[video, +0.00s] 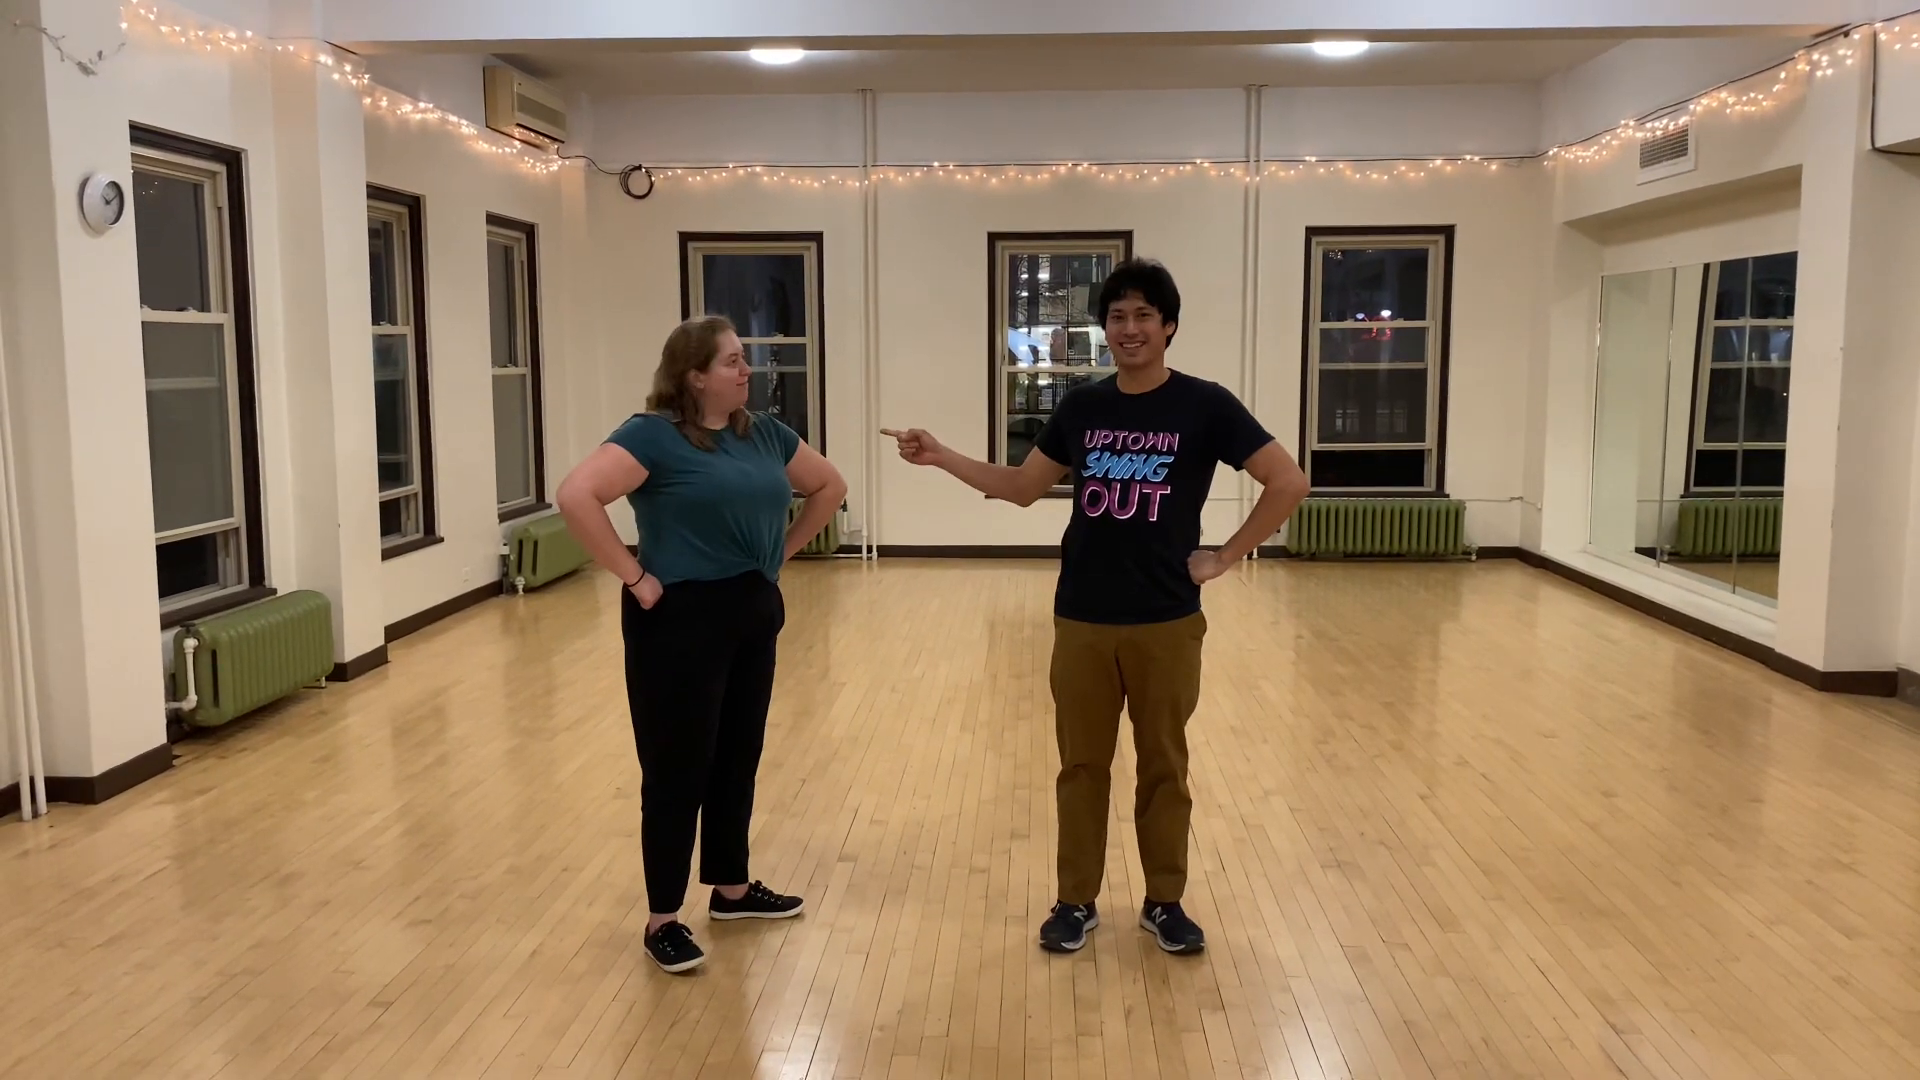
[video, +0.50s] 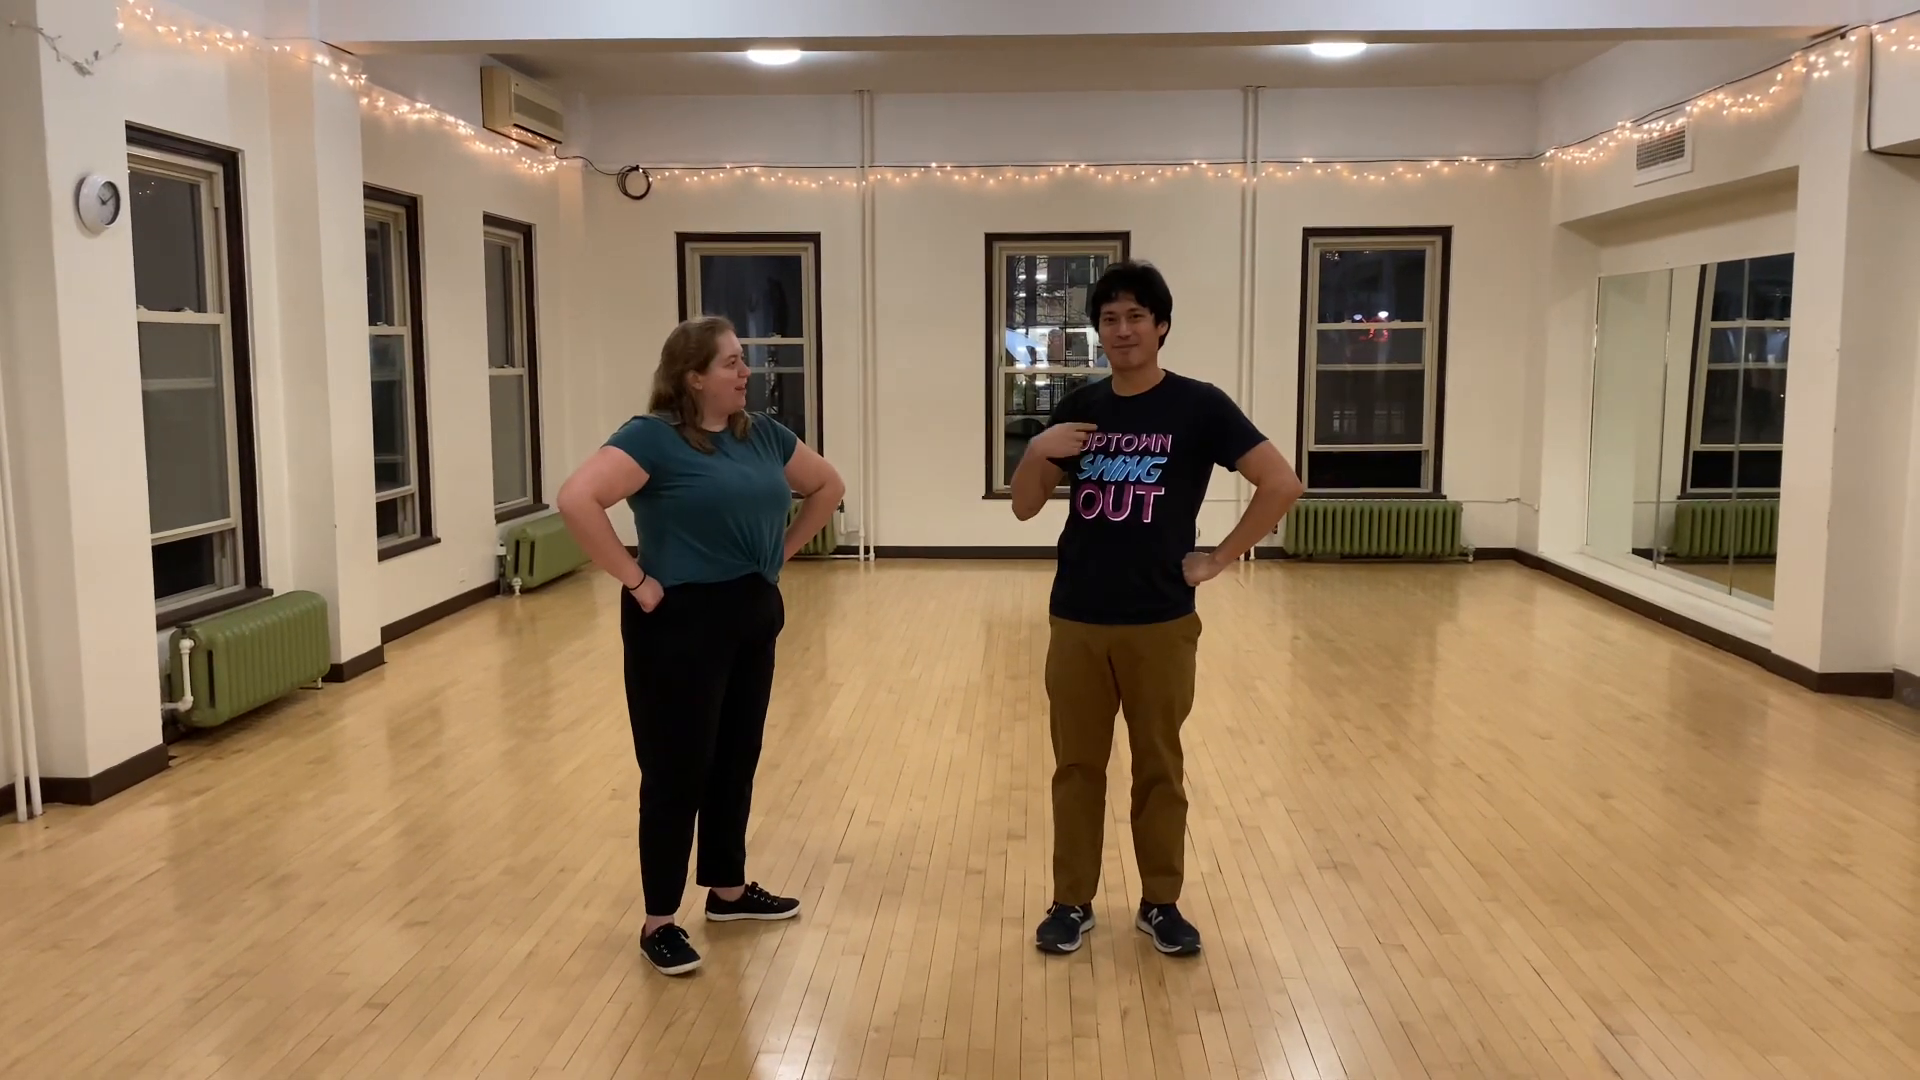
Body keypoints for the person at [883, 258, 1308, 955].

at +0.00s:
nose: (1129, 329)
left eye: (1144, 316)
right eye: (1117, 317)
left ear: (1169, 326)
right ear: (1103, 329)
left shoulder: (1206, 406)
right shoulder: (1081, 408)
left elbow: (1289, 482)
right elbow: (1022, 485)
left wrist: (1227, 554)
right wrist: (940, 455)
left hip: (1167, 618)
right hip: (1083, 616)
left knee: (1164, 767)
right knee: (1080, 767)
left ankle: (1164, 902)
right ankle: (1075, 900)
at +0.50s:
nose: (1122, 329)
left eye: (1136, 317)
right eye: (1110, 318)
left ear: (1162, 326)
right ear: (1096, 330)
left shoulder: (1199, 406)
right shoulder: (1078, 409)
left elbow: (1281, 484)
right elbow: (1025, 507)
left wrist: (1220, 558)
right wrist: (1039, 451)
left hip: (1160, 621)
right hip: (1078, 620)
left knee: (1159, 770)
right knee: (1077, 768)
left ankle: (1160, 903)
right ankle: (1071, 902)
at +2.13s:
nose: (1111, 337)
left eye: (1125, 326)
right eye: (1111, 325)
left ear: (1168, 336)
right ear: (1121, 332)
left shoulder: (1221, 418)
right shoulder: (1088, 414)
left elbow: (1241, 527)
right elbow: (1061, 525)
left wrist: (1243, 630)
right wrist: (1052, 624)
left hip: (1181, 625)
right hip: (1092, 621)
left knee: (1161, 770)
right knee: (1076, 770)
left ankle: (1149, 904)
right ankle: (1059, 904)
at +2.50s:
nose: (1097, 337)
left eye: (1110, 327)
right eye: (1097, 325)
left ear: (1152, 335)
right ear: (1117, 332)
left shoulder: (1202, 420)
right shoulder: (1088, 404)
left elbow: (1214, 536)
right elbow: (1065, 497)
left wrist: (1169, 621)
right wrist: (1049, 589)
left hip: (1154, 623)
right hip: (1075, 614)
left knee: (1152, 764)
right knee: (1059, 745)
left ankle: (1148, 900)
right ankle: (1060, 862)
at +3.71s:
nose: (1116, 338)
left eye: (1130, 328)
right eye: (1115, 326)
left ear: (1169, 335)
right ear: (1119, 330)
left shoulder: (1217, 408)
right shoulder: (1099, 402)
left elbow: (1241, 512)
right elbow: (1075, 497)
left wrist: (1224, 604)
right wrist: (1071, 586)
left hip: (1186, 598)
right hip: (1105, 594)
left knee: (1192, 729)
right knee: (1088, 727)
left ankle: (1198, 853)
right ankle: (1074, 855)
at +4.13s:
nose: (1102, 343)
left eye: (1114, 334)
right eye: (1100, 330)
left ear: (1152, 338)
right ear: (1103, 329)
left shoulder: (1200, 408)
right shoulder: (1084, 400)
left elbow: (1225, 513)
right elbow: (1059, 494)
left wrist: (1214, 602)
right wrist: (1053, 580)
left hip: (1165, 597)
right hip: (1090, 596)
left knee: (1178, 728)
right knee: (1099, 730)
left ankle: (1195, 854)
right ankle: (1110, 854)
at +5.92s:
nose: (1062, 331)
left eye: (1074, 319)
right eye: (1051, 321)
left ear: (1100, 323)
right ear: (1040, 331)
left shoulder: (1137, 398)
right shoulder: (1047, 407)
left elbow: (1159, 504)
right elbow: (1029, 500)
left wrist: (1125, 593)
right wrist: (962, 557)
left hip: (1129, 595)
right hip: (1070, 594)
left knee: (1136, 738)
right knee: (1086, 728)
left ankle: (1152, 884)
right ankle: (1100, 850)